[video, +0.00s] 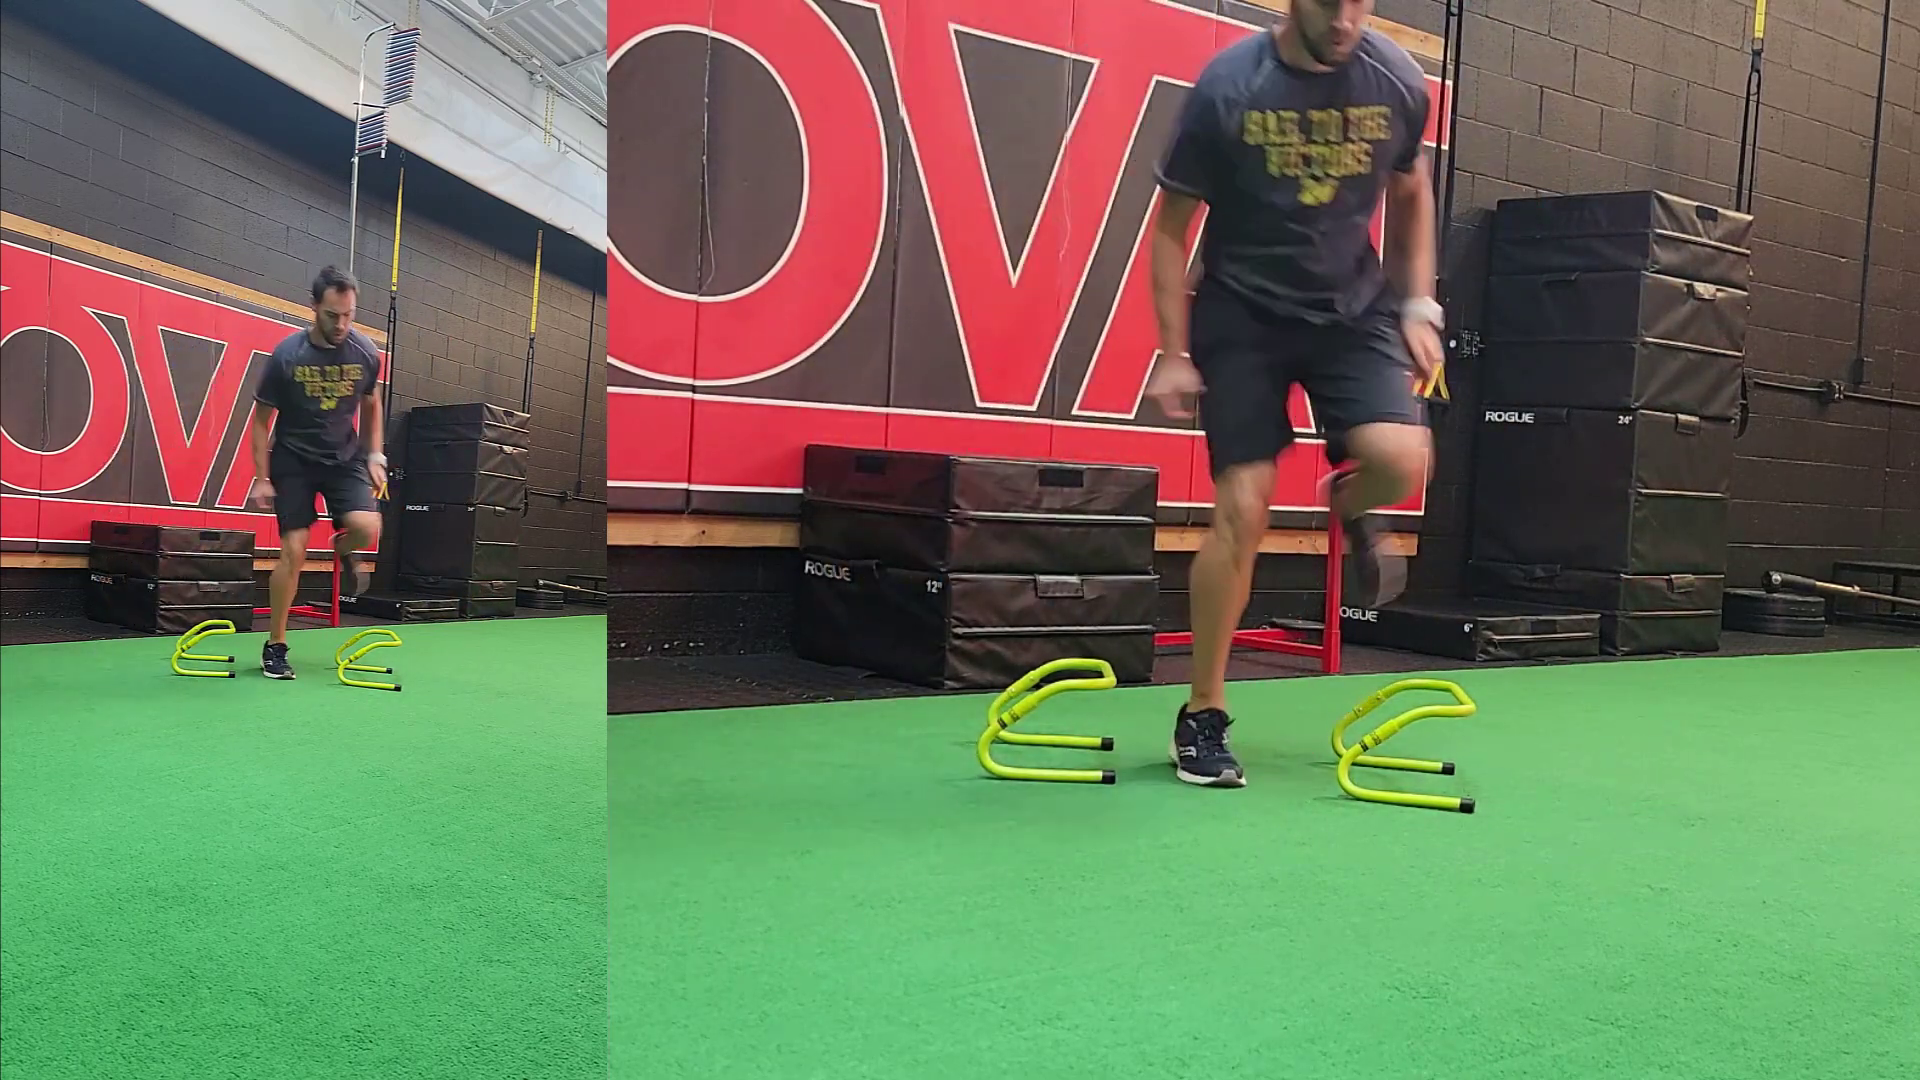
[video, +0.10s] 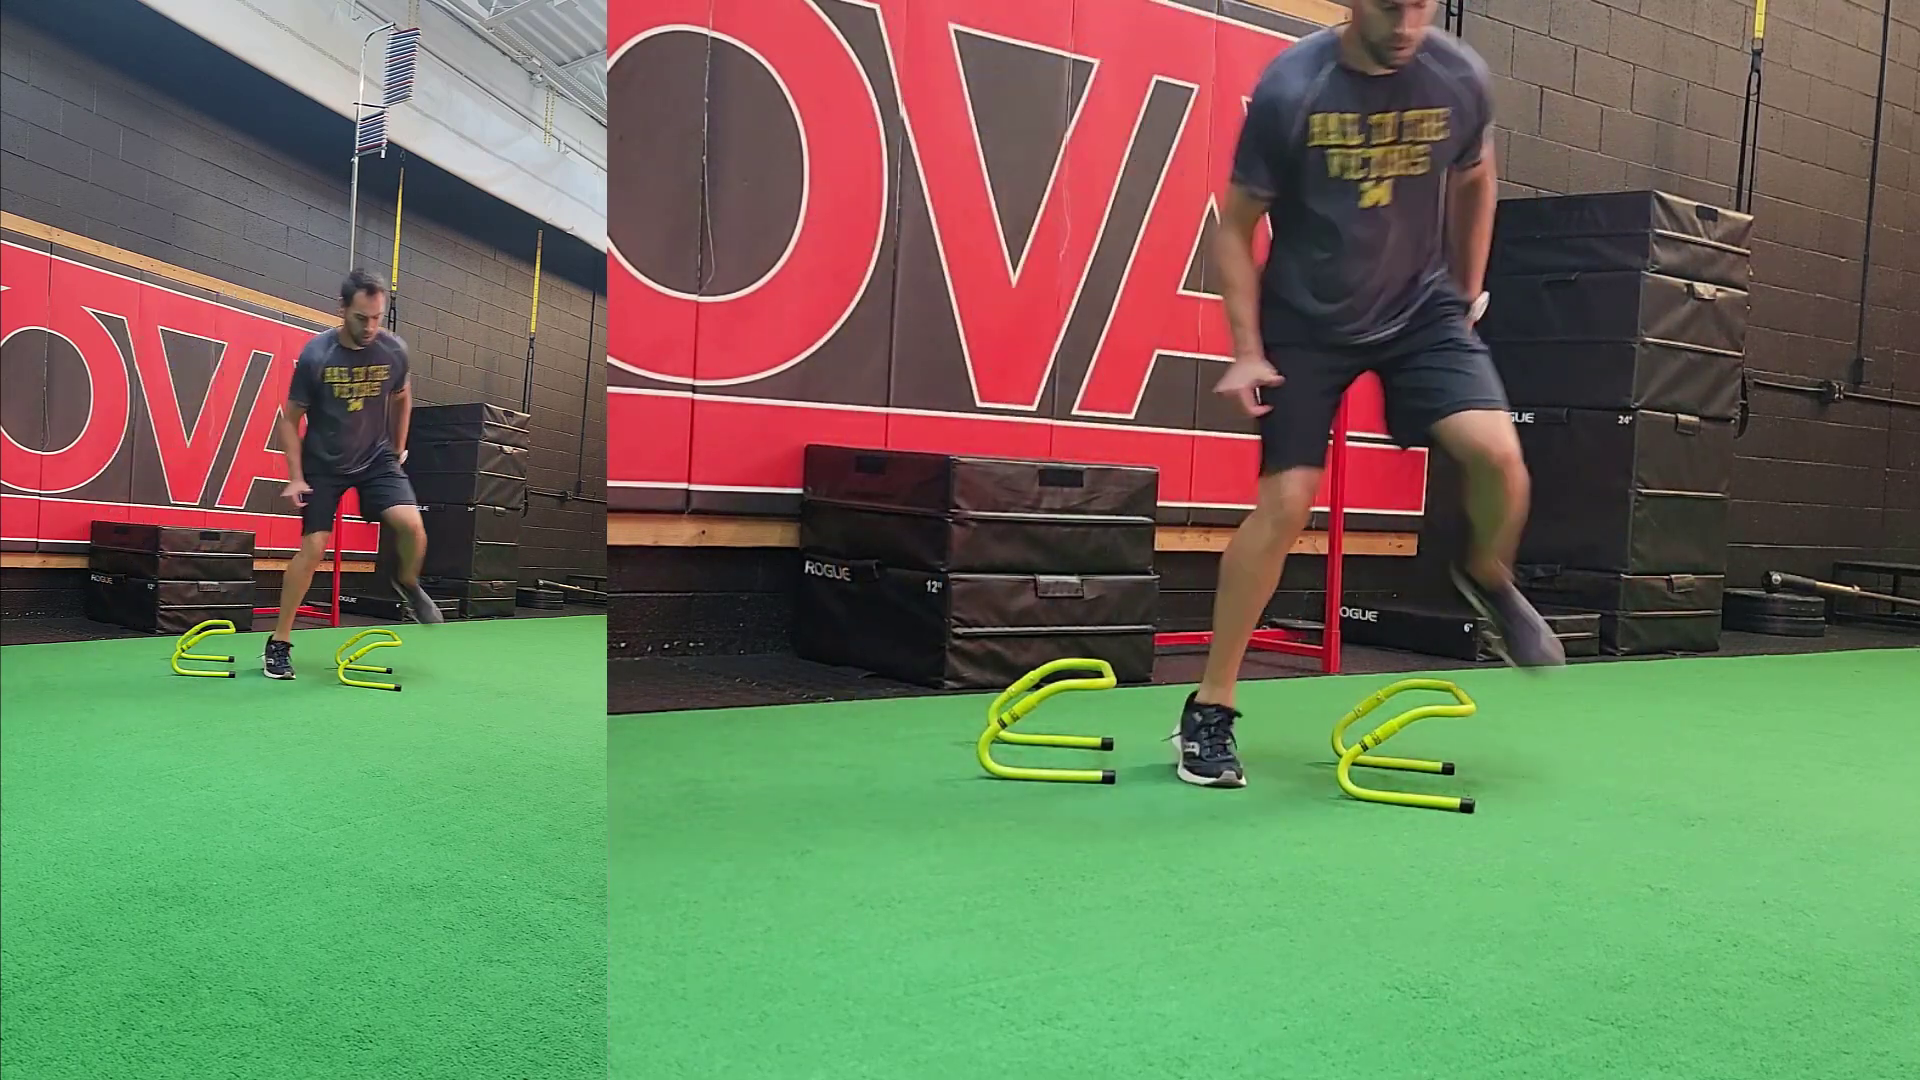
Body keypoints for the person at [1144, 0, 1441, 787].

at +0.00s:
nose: (1347, 22)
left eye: (1359, 7)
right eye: (1330, 6)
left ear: (1373, 5)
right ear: (1290, 2)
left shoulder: (1400, 83)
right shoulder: (1225, 90)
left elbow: (1413, 194)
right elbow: (1169, 231)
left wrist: (1419, 304)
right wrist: (1173, 353)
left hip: (1355, 311)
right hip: (1243, 312)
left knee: (1402, 465)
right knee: (1243, 511)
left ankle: (1342, 505)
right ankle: (1204, 714)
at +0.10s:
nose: (1409, 26)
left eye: (1423, 10)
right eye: (1392, 9)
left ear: (1439, 10)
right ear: (1351, 7)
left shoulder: (1461, 78)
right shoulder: (1288, 90)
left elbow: (1474, 177)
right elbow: (1232, 225)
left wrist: (1469, 295)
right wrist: (1247, 351)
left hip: (1423, 310)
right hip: (1308, 323)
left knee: (1501, 466)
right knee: (1286, 503)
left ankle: (1486, 584)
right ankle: (1211, 709)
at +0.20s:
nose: (1477, 42)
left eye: (1492, 23)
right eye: (1460, 22)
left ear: (1509, 17)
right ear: (1420, 15)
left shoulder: (1531, 76)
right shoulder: (1357, 93)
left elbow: (1535, 163)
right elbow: (1301, 225)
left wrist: (1518, 266)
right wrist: (1351, 335)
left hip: (1485, 304)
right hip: (1379, 309)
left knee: (1542, 490)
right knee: (1356, 472)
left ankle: (1597, 693)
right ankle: (1274, 624)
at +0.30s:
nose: (1543, 91)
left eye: (1558, 71)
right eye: (1525, 72)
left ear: (1573, 53)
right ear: (1481, 51)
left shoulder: (1594, 129)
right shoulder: (1421, 147)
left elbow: (1594, 220)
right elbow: (1390, 288)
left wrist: (1571, 316)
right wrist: (1499, 282)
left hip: (1541, 352)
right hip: (1434, 345)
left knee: (1582, 537)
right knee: (1419, 476)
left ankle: (1625, 729)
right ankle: (1426, 504)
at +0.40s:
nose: (1590, 130)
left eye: (1603, 109)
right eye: (1572, 110)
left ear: (1617, 92)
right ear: (1527, 89)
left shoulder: (1634, 161)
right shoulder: (1467, 187)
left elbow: (1635, 244)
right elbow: (1442, 338)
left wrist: (1615, 329)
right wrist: (1554, 291)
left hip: (1588, 382)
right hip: (1481, 383)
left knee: (1613, 542)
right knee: (1518, 496)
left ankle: (1629, 733)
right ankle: (1525, 558)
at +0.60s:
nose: (1614, 149)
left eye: (1629, 127)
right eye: (1596, 129)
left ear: (1644, 111)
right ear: (1554, 108)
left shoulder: (1665, 177)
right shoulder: (1496, 207)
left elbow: (1672, 246)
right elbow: (1439, 337)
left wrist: (1656, 323)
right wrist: (1533, 378)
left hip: (1622, 378)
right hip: (1513, 383)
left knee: (1653, 534)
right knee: (1600, 492)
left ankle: (1642, 733)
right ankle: (1593, 571)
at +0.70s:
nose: (1606, 139)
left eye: (1623, 119)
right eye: (1590, 118)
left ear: (1642, 107)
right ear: (1555, 100)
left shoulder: (1666, 188)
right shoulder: (1495, 192)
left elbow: (1685, 300)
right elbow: (1427, 317)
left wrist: (1692, 417)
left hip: (1611, 381)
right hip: (1506, 366)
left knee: (1640, 535)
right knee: (1563, 461)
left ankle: (1636, 734)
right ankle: (1559, 554)